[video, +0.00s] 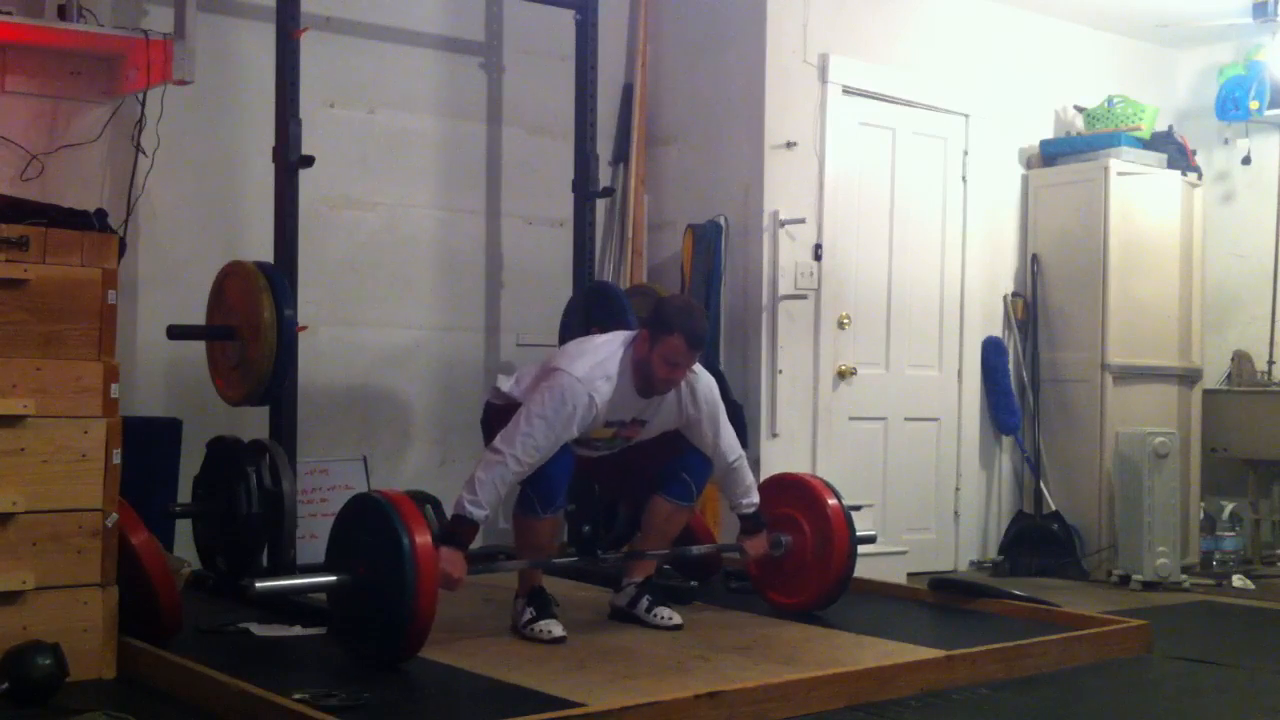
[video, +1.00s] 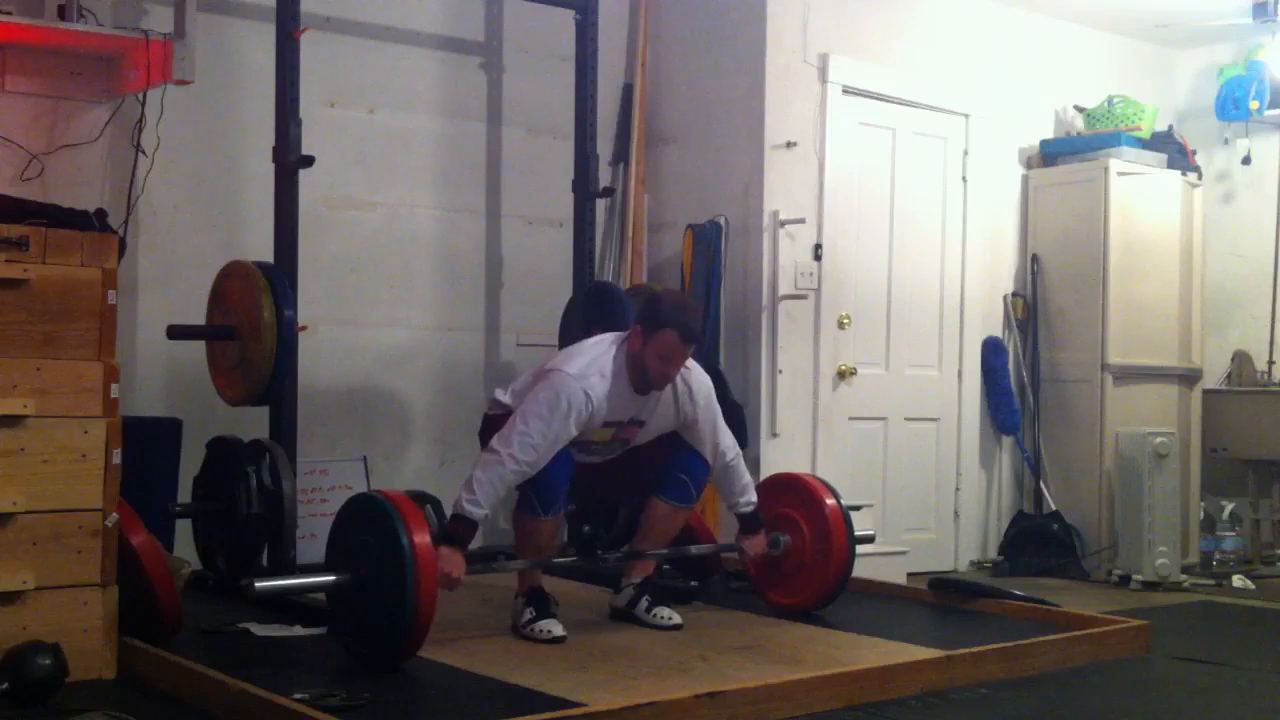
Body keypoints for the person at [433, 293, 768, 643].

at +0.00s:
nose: (678, 377)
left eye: (687, 366)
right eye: (670, 363)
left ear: (697, 359)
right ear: (643, 342)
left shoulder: (696, 387)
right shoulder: (581, 378)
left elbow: (729, 454)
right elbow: (508, 454)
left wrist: (752, 525)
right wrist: (456, 540)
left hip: (601, 438)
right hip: (522, 420)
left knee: (694, 458)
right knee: (554, 464)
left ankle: (632, 590)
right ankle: (530, 597)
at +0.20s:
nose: (678, 384)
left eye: (688, 374)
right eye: (671, 370)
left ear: (698, 366)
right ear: (645, 346)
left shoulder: (694, 387)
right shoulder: (581, 378)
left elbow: (726, 453)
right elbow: (508, 452)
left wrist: (753, 525)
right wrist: (459, 537)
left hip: (593, 409)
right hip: (516, 389)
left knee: (679, 453)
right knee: (544, 462)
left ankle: (634, 589)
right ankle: (530, 597)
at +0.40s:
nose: (677, 388)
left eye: (686, 378)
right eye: (670, 374)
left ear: (697, 370)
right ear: (643, 350)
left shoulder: (691, 386)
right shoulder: (579, 377)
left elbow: (723, 453)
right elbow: (507, 451)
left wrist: (754, 525)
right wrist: (459, 537)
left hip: (584, 399)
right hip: (511, 377)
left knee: (670, 452)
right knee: (541, 457)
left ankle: (633, 589)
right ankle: (530, 597)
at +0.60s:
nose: (668, 376)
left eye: (677, 367)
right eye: (663, 362)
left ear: (688, 362)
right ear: (638, 341)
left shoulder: (689, 382)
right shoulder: (577, 378)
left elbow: (723, 451)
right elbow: (508, 452)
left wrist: (751, 524)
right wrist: (455, 538)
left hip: (600, 438)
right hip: (522, 423)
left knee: (686, 455)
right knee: (546, 464)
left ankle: (633, 588)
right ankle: (530, 595)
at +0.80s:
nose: (666, 374)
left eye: (675, 364)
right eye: (660, 359)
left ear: (686, 357)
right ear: (635, 339)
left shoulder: (689, 383)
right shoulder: (577, 379)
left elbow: (723, 451)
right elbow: (508, 453)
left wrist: (751, 522)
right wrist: (455, 538)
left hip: (605, 446)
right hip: (529, 437)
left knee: (692, 458)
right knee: (549, 470)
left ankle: (633, 588)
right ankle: (530, 595)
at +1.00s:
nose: (671, 374)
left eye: (679, 364)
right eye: (663, 361)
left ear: (690, 355)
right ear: (635, 340)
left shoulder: (690, 383)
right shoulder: (577, 380)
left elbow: (725, 453)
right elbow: (507, 454)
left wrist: (752, 525)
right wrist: (455, 539)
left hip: (603, 448)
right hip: (526, 435)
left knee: (690, 460)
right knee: (552, 468)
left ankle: (633, 589)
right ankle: (531, 597)